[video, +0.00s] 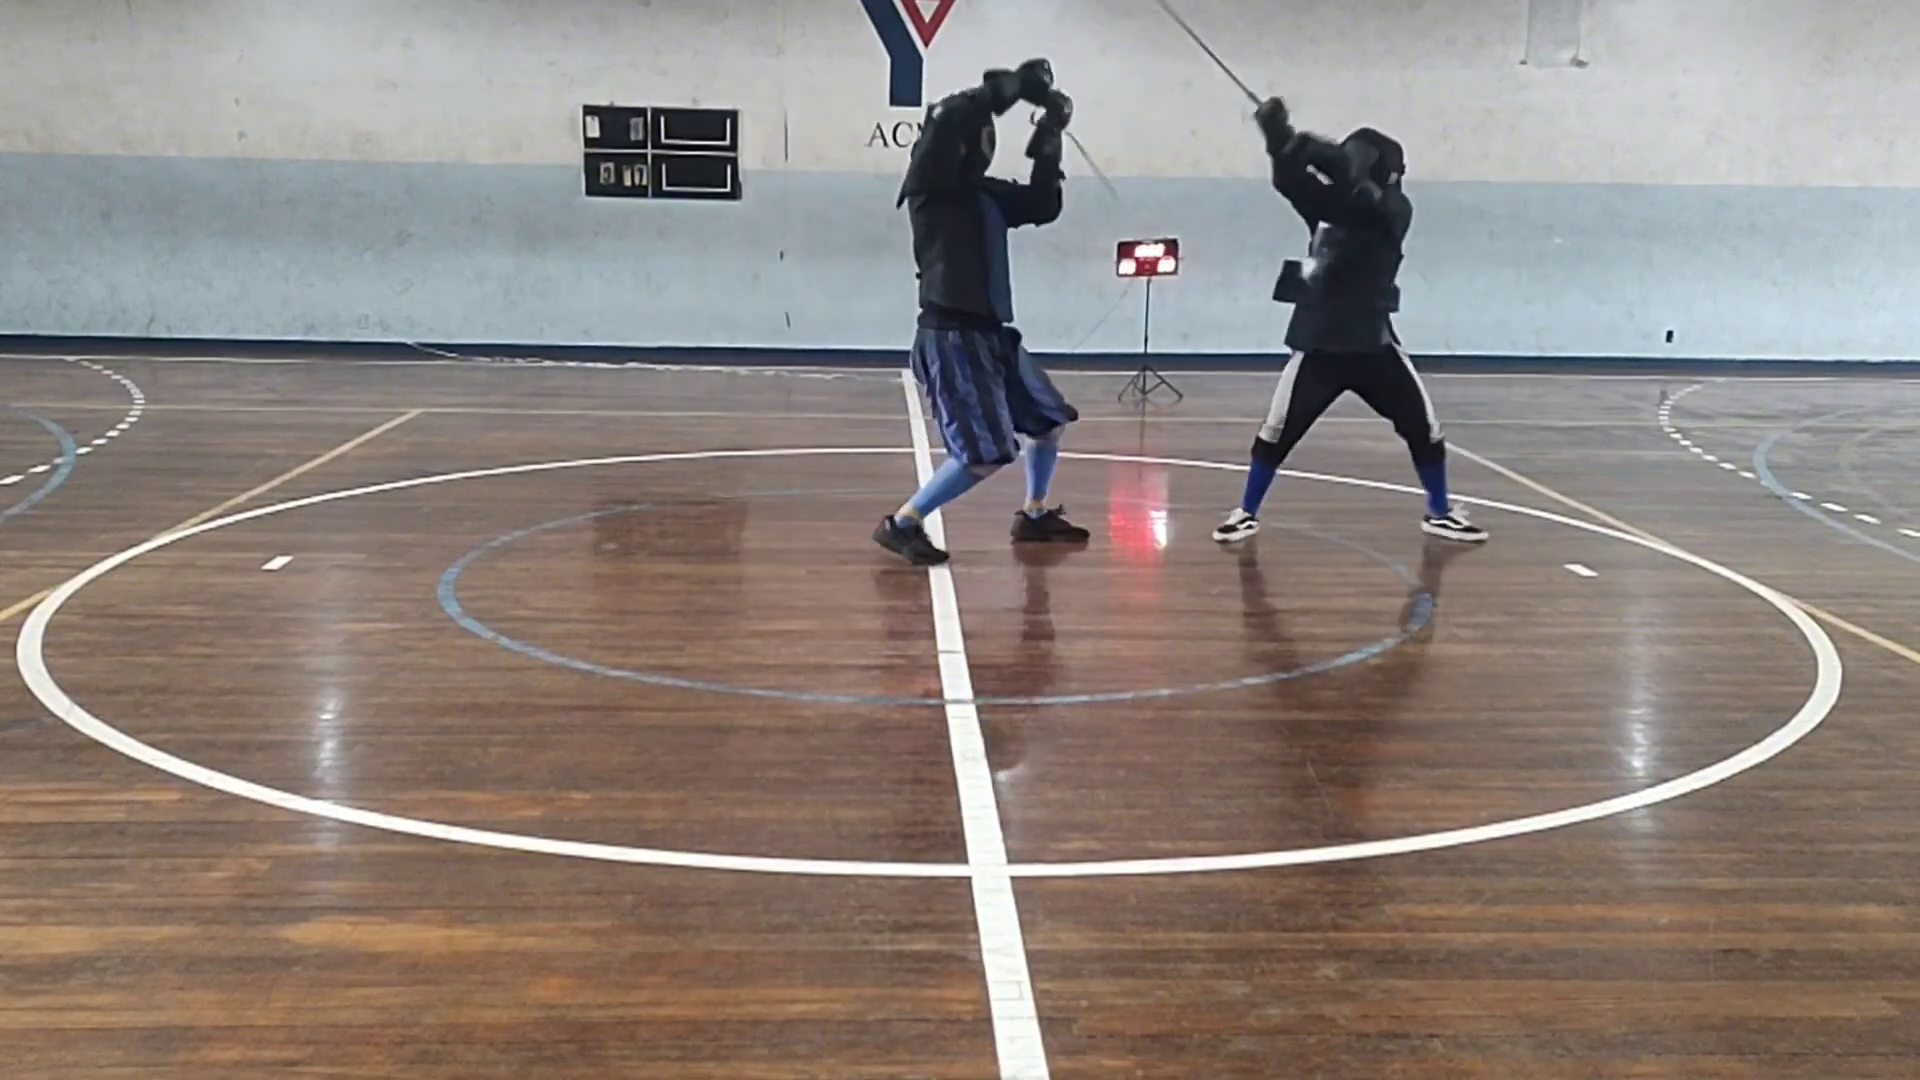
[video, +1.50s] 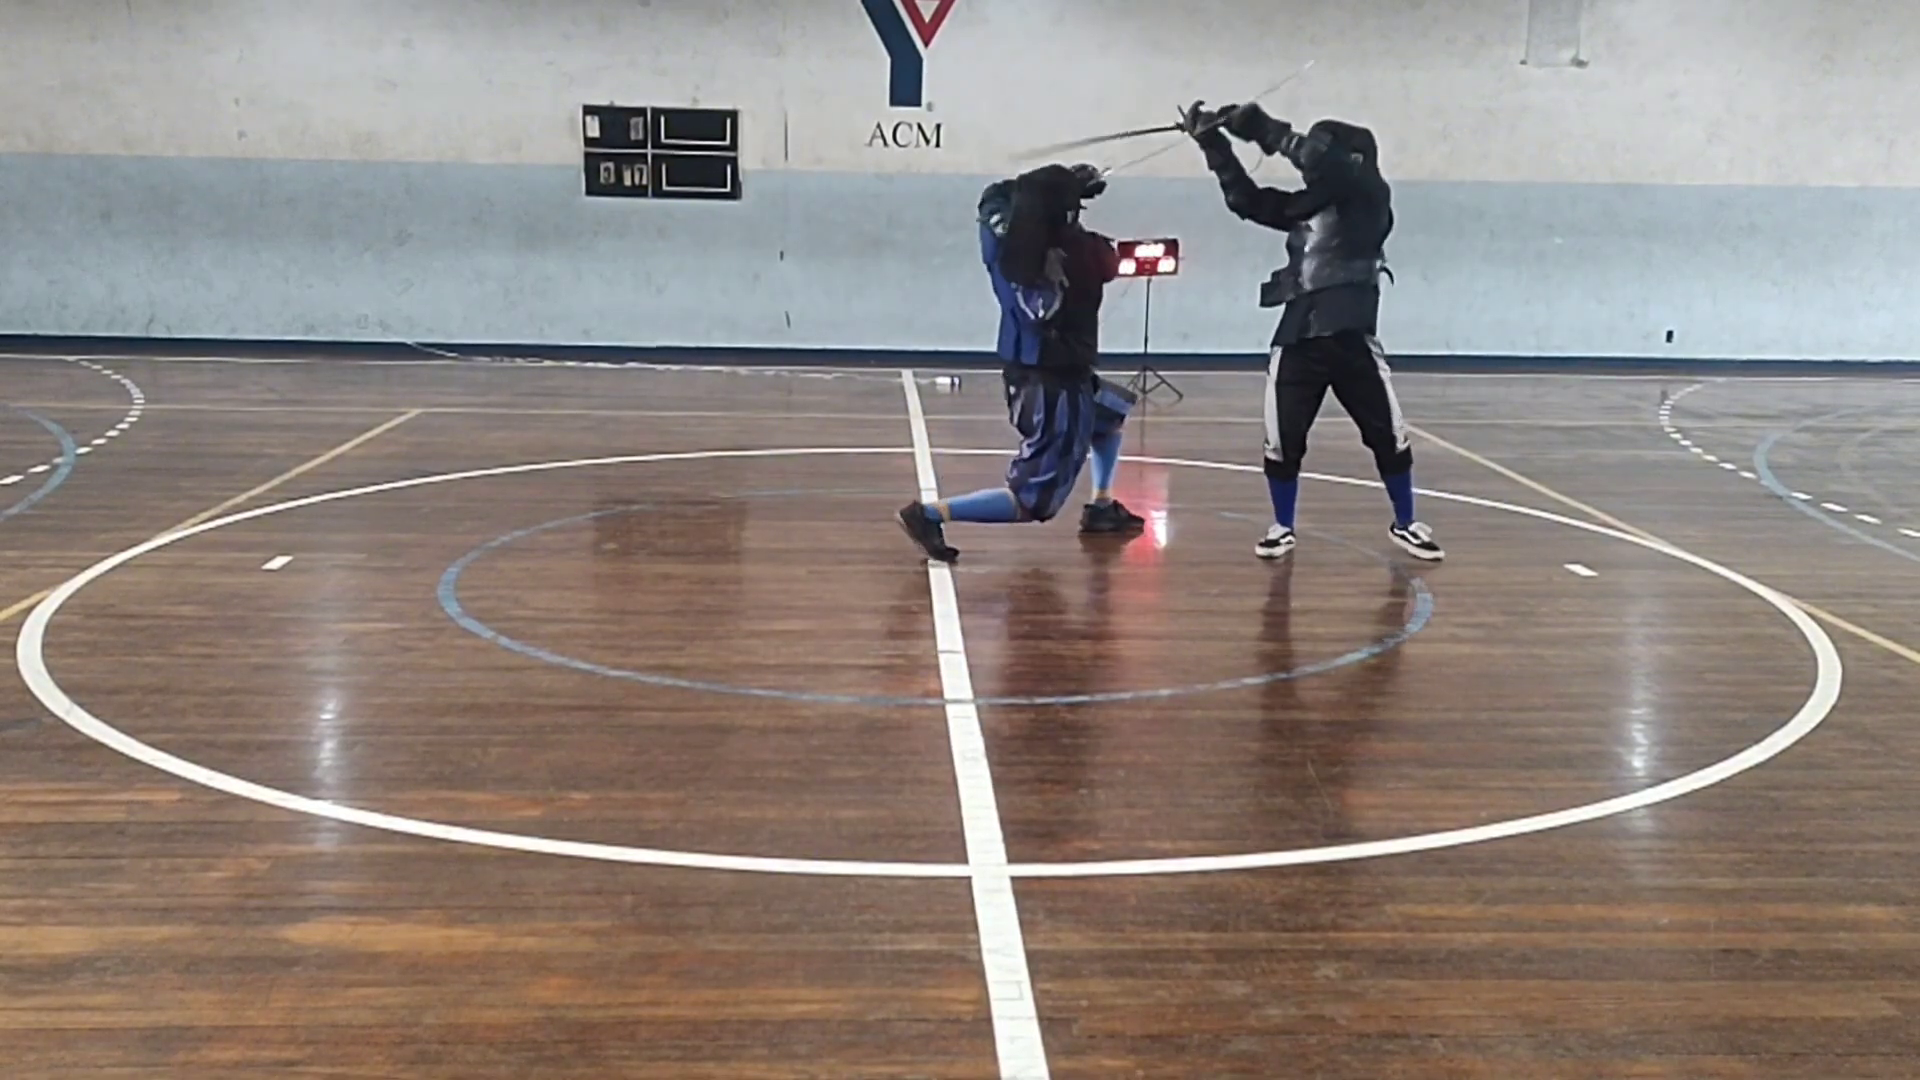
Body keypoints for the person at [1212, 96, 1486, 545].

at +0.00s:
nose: (1344, 165)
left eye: (1354, 157)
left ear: (1378, 166)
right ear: (1366, 162)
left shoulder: (1395, 207)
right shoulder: (1325, 203)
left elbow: (1354, 180)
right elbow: (1291, 181)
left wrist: (1312, 151)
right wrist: (1278, 142)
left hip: (1374, 345)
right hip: (1319, 344)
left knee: (1423, 428)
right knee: (1277, 431)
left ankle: (1439, 512)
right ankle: (1247, 513)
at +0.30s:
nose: (1307, 172)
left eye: (1317, 167)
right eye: (1310, 164)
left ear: (1342, 179)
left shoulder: (1347, 227)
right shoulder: (1300, 202)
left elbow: (1278, 254)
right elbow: (1249, 204)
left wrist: (1210, 228)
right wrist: (1194, 212)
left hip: (1333, 349)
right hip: (1288, 340)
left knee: (1361, 442)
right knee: (1250, 424)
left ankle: (1424, 496)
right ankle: (1254, 515)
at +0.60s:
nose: (1315, 178)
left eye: (1325, 173)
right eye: (1318, 170)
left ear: (1354, 183)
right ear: (1348, 181)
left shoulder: (1370, 223)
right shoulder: (1317, 204)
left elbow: (1310, 245)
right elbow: (1270, 207)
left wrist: (1242, 239)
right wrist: (1208, 199)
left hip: (1354, 348)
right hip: (1305, 341)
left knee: (1397, 442)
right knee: (1259, 431)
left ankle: (1444, 492)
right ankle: (1260, 518)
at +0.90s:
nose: (1335, 171)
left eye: (1340, 159)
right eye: (1332, 164)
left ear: (1362, 160)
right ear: (1332, 172)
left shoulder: (1398, 195)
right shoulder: (1330, 211)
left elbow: (1388, 154)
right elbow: (1294, 220)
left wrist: (1342, 118)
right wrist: (1303, 156)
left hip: (1399, 345)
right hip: (1345, 347)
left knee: (1434, 438)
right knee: (1306, 439)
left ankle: (1447, 522)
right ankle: (1277, 522)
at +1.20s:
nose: (1321, 166)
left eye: (1329, 158)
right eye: (1319, 160)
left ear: (1351, 159)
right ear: (1318, 164)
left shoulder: (1382, 199)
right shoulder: (1312, 211)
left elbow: (1359, 142)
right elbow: (1265, 187)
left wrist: (1300, 100)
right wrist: (1244, 131)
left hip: (1371, 342)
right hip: (1315, 345)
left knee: (1407, 436)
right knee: (1290, 443)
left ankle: (1435, 517)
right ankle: (1283, 526)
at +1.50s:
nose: (1307, 157)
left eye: (1314, 150)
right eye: (1306, 151)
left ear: (1343, 153)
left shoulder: (1368, 190)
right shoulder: (1304, 207)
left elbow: (1317, 159)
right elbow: (1245, 198)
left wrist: (1258, 125)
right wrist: (1212, 142)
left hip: (1351, 337)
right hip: (1297, 339)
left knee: (1389, 435)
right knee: (1280, 440)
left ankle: (1406, 523)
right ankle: (1282, 527)